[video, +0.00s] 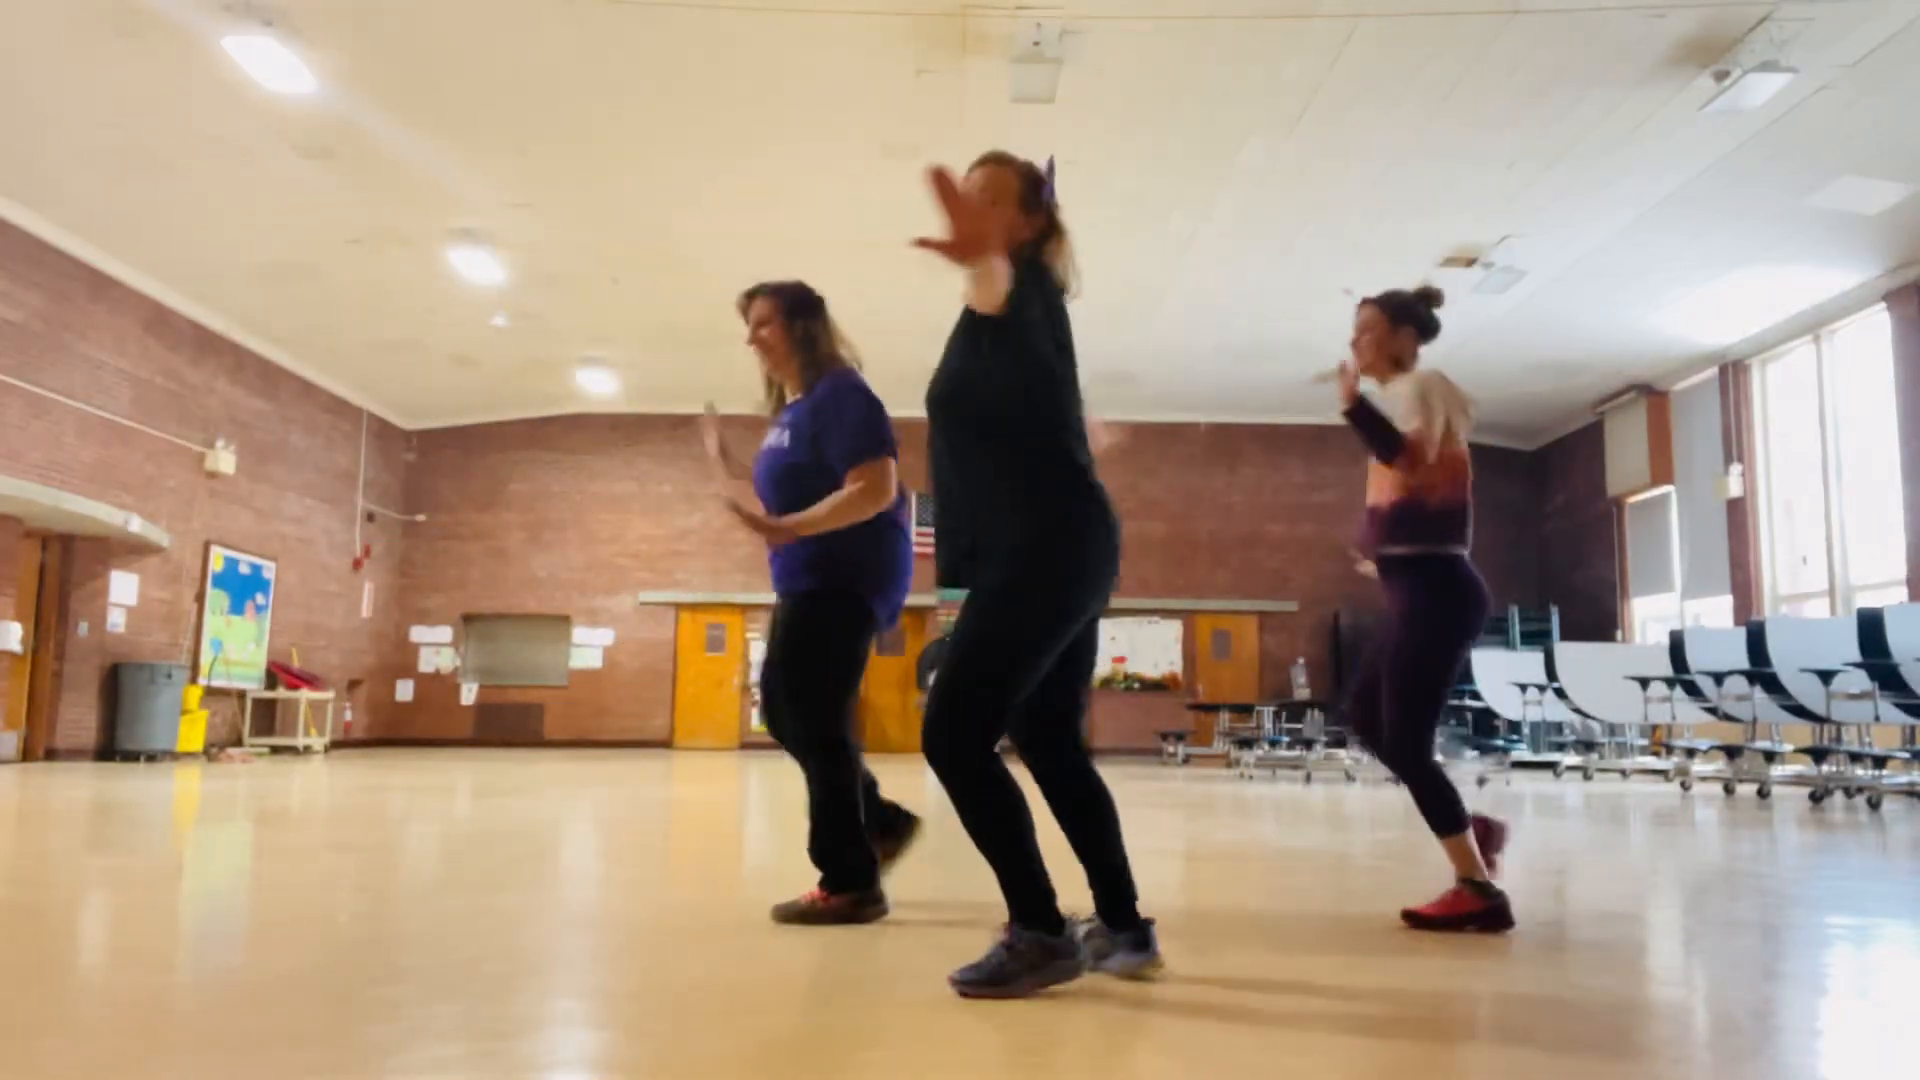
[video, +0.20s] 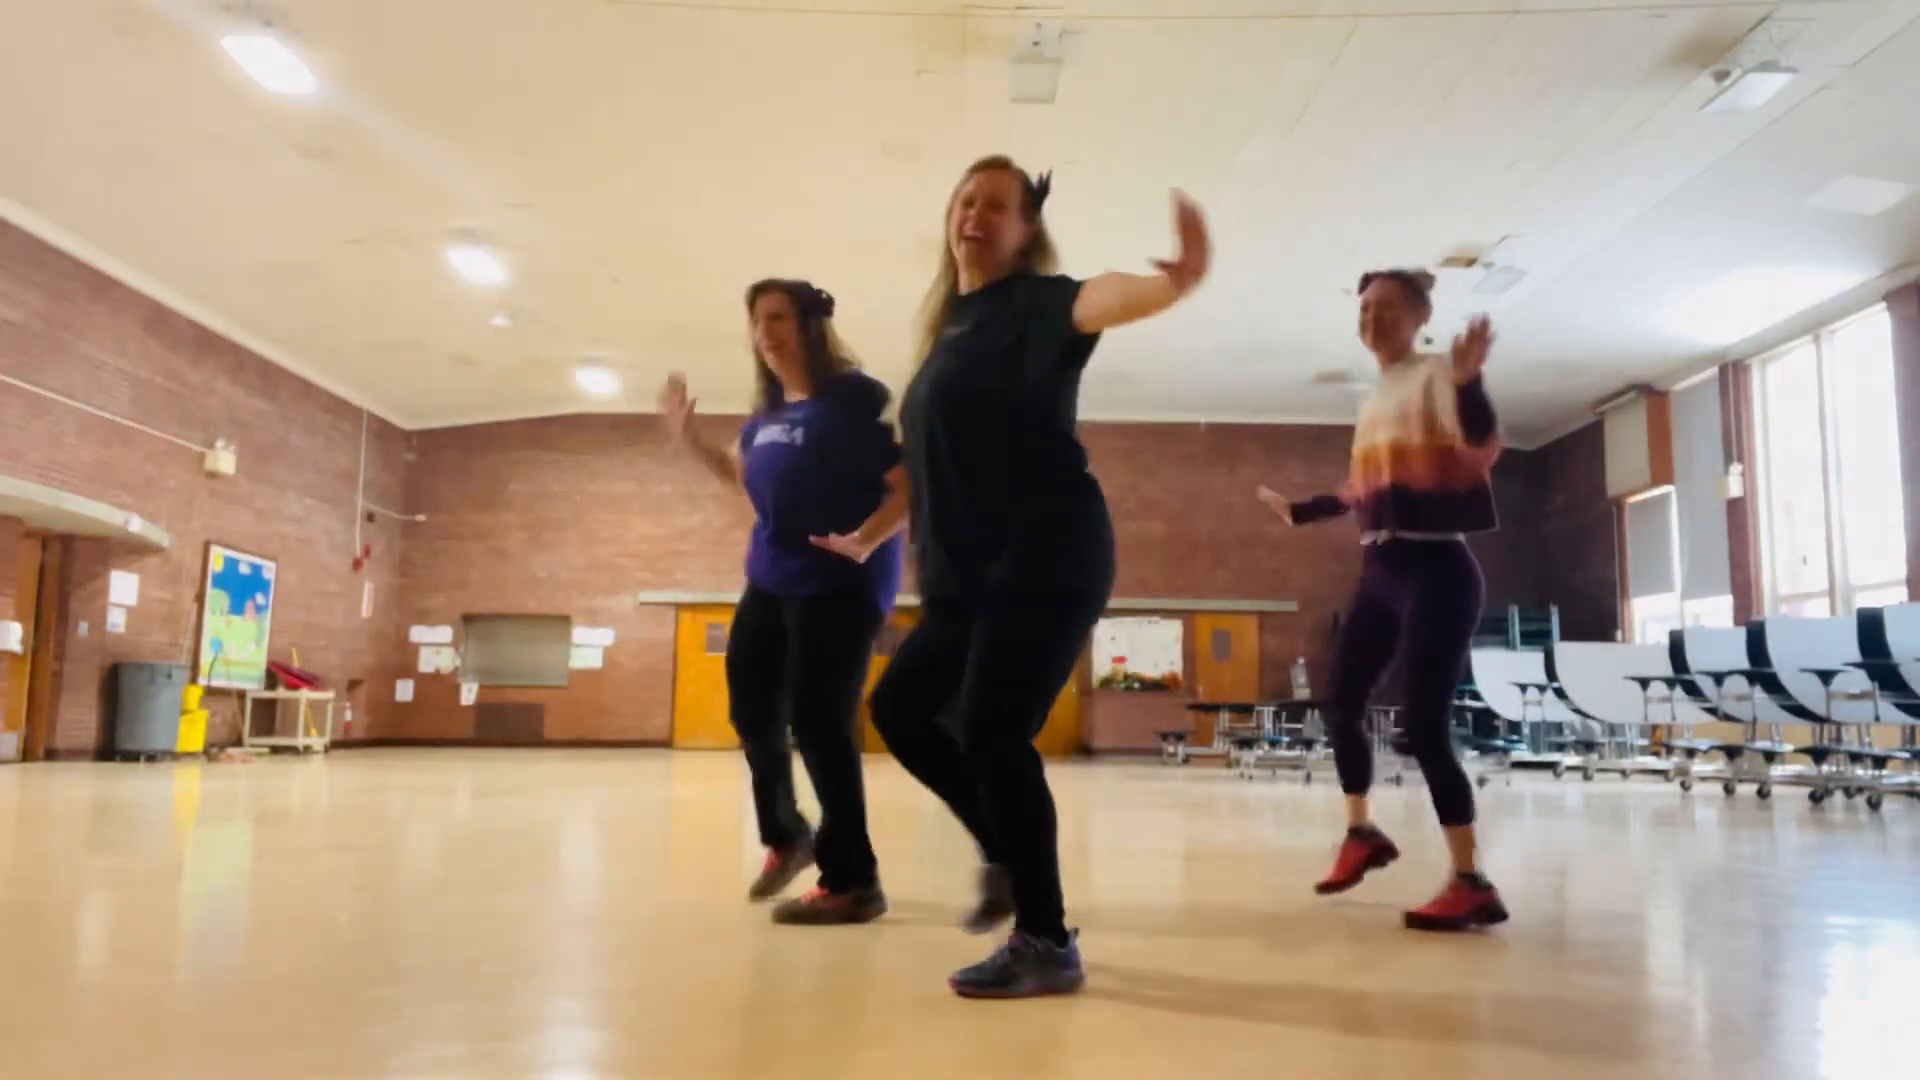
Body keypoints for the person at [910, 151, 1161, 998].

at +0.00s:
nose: (966, 202)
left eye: (983, 192)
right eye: (968, 190)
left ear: (1025, 218)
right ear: (995, 217)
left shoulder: (1014, 289)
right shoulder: (1011, 298)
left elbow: (1000, 281)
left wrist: (980, 253)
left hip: (1046, 546)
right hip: (1058, 545)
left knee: (954, 735)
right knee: (1047, 736)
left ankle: (1040, 932)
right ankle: (1124, 926)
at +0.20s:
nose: (974, 216)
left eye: (995, 207)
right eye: (964, 203)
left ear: (1029, 229)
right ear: (948, 225)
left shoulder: (1043, 300)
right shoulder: (950, 330)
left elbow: (1107, 296)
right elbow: (930, 459)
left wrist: (1175, 281)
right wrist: (864, 537)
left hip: (1050, 554)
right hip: (970, 564)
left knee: (995, 731)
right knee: (901, 713)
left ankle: (1045, 941)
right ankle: (1008, 851)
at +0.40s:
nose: (968, 199)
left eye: (987, 190)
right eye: (958, 186)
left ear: (1015, 213)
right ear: (935, 204)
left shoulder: (1046, 297)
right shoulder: (914, 315)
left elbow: (1158, 310)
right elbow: (900, 423)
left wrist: (1285, 312)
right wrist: (847, 442)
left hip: (1024, 555)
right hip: (930, 559)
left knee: (982, 734)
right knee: (909, 734)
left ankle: (1028, 930)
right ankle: (935, 920)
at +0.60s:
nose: (965, 211)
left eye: (983, 200)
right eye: (952, 198)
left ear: (1007, 224)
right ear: (929, 218)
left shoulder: (1048, 320)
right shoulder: (889, 323)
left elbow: (1174, 336)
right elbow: (798, 375)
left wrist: (1303, 346)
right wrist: (708, 407)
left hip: (1024, 570)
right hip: (918, 568)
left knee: (991, 747)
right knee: (821, 718)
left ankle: (990, 934)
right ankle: (887, 876)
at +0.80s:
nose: (959, 193)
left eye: (976, 184)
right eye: (944, 182)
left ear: (998, 209)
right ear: (921, 206)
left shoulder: (1035, 312)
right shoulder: (872, 304)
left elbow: (1147, 343)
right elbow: (764, 351)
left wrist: (1258, 369)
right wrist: (660, 379)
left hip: (1003, 564)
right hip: (894, 560)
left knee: (992, 751)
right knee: (856, 736)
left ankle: (992, 934)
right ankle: (881, 936)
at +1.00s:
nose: (952, 198)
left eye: (967, 186)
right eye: (936, 185)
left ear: (990, 210)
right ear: (909, 210)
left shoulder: (1028, 313)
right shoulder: (858, 309)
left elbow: (1125, 341)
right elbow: (743, 339)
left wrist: (1214, 362)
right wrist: (630, 355)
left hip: (987, 570)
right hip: (873, 564)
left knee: (972, 752)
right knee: (838, 727)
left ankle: (956, 927)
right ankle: (859, 918)